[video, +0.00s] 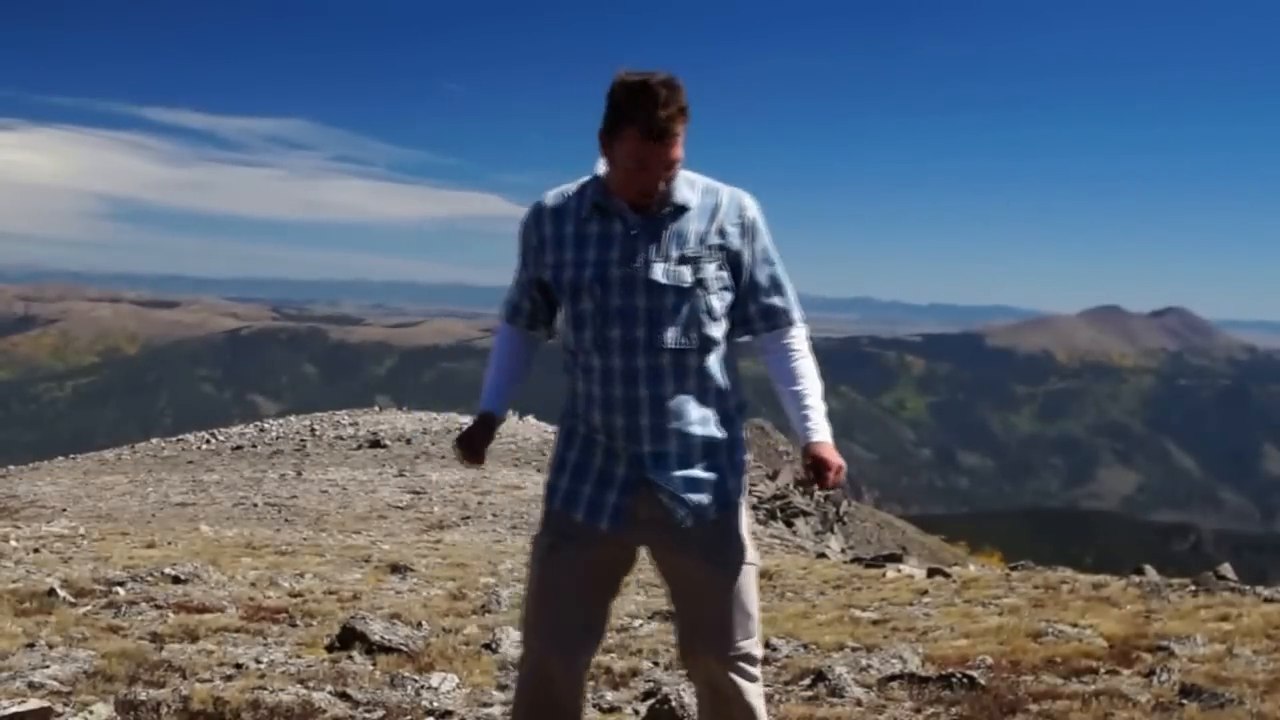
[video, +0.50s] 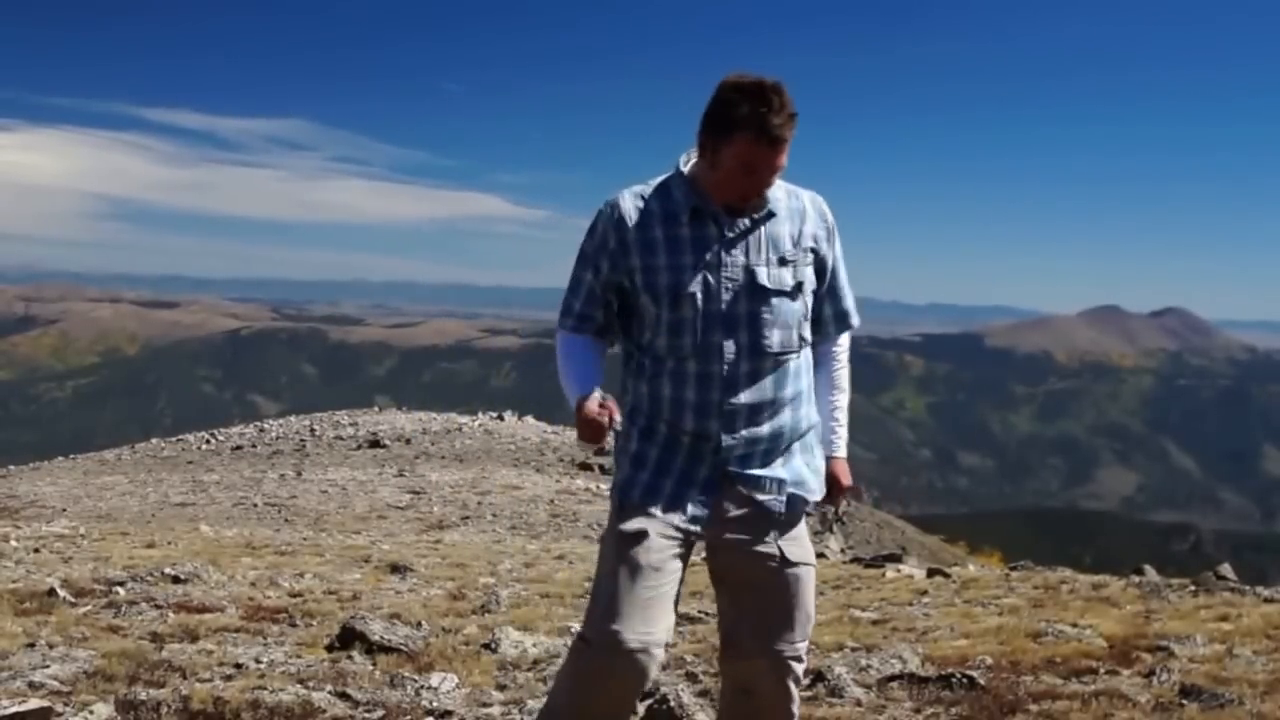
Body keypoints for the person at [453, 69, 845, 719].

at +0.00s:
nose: (667, 158)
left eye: (674, 143)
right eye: (652, 145)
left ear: (684, 140)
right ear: (611, 141)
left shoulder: (730, 215)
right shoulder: (555, 221)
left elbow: (781, 330)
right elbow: (522, 323)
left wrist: (815, 433)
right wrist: (490, 413)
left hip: (700, 475)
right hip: (589, 471)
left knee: (728, 669)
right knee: (549, 666)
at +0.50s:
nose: (762, 187)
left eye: (774, 171)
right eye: (751, 171)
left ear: (784, 154)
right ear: (709, 148)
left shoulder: (808, 218)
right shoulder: (630, 219)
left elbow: (831, 338)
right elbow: (579, 328)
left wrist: (834, 446)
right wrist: (586, 393)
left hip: (774, 478)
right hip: (659, 475)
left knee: (773, 671)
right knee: (622, 652)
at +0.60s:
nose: (771, 190)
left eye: (780, 176)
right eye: (763, 174)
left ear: (789, 160)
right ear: (718, 149)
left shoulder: (800, 223)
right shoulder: (627, 224)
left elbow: (814, 343)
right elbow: (566, 336)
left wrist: (819, 445)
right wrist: (582, 410)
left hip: (768, 490)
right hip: (655, 487)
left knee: (773, 676)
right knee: (619, 669)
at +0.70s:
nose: (771, 183)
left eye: (778, 169)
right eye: (764, 166)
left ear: (783, 157)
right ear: (717, 143)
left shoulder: (784, 217)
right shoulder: (616, 215)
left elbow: (790, 335)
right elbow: (551, 326)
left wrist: (794, 434)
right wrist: (577, 382)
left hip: (749, 481)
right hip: (644, 480)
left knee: (766, 671)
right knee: (622, 665)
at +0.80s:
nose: (757, 179)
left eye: (764, 165)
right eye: (750, 162)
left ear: (764, 152)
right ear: (701, 139)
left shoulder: (762, 218)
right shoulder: (597, 215)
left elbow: (763, 337)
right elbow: (531, 326)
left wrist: (768, 431)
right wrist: (566, 379)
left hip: (726, 481)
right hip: (621, 480)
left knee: (753, 667)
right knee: (611, 665)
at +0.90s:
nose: (729, 183)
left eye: (737, 169)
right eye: (721, 167)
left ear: (741, 160)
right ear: (674, 147)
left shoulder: (737, 236)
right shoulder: (576, 230)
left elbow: (733, 360)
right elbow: (521, 349)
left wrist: (751, 453)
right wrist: (542, 452)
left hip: (701, 500)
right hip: (590, 500)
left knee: (732, 683)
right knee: (591, 692)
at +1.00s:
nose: (687, 175)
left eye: (700, 159)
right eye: (674, 156)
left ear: (715, 153)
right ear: (636, 140)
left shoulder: (724, 237)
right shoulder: (555, 226)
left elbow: (723, 363)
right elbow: (500, 345)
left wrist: (757, 446)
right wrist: (512, 454)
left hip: (674, 492)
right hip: (561, 496)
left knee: (718, 671)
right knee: (573, 685)